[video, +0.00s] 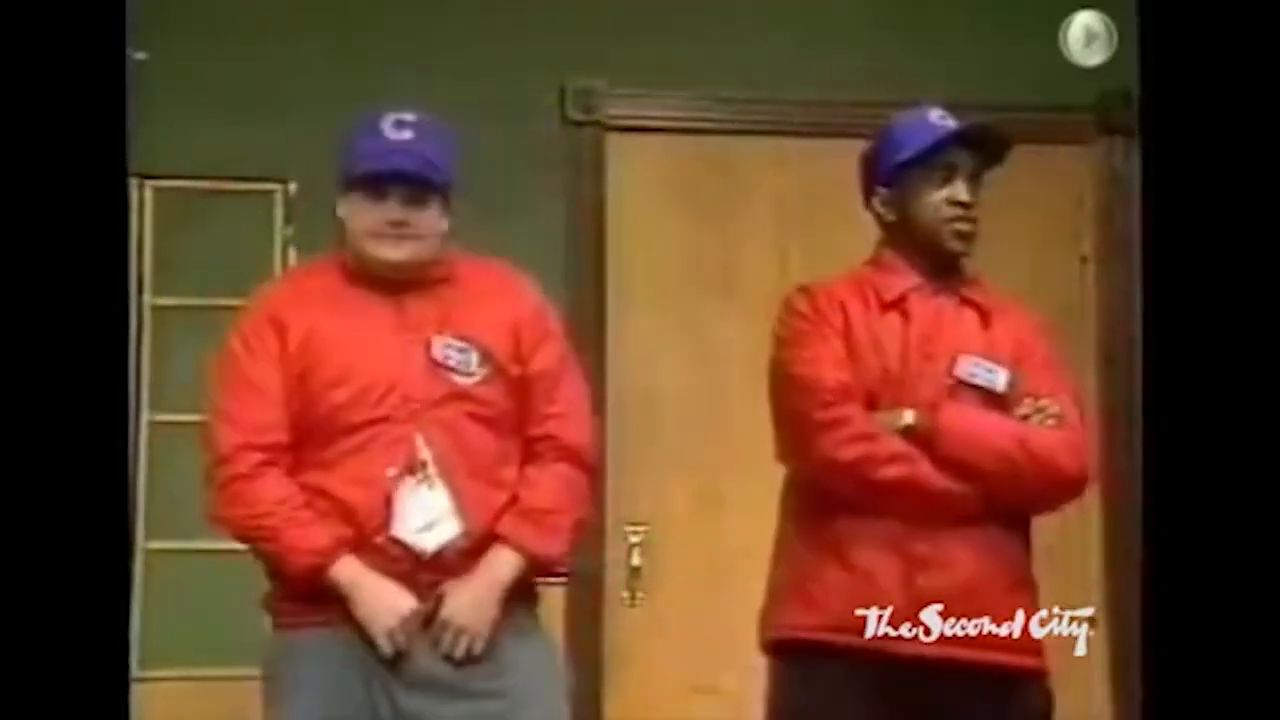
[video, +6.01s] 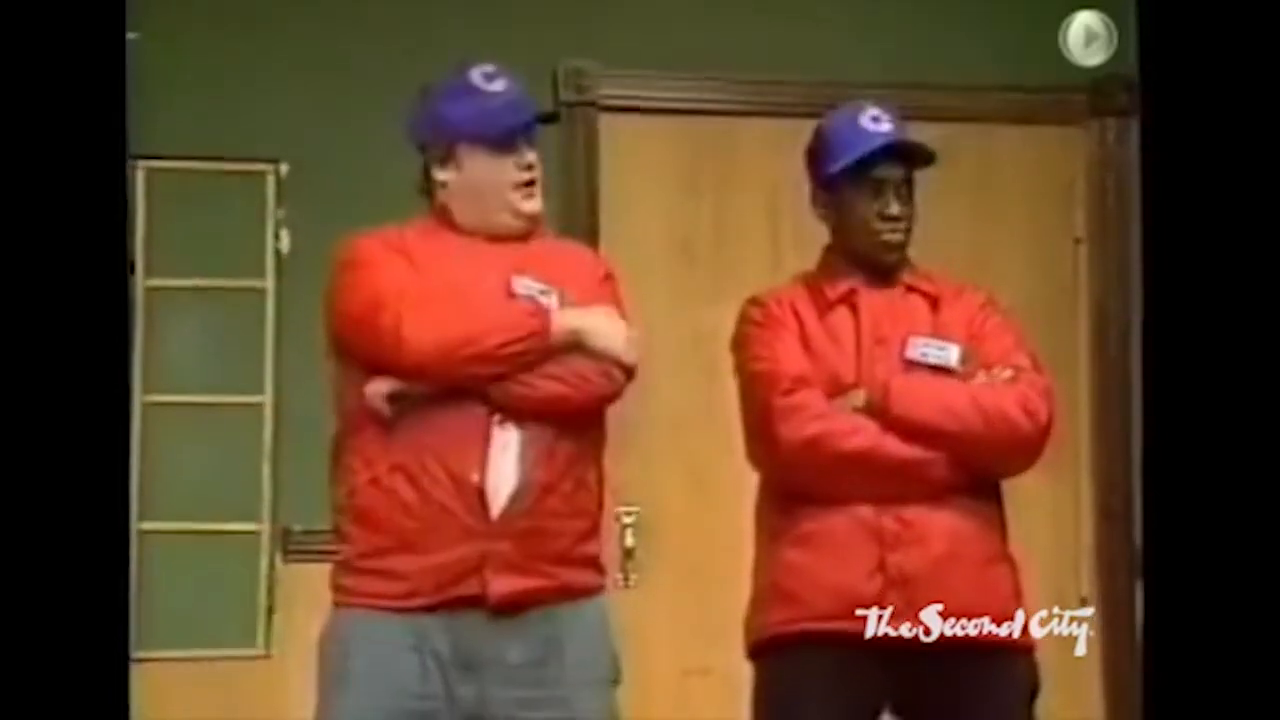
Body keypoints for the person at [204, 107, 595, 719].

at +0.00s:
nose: (396, 212)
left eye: (417, 196)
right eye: (375, 193)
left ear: (448, 211)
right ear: (342, 205)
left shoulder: (508, 301)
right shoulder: (282, 313)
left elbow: (566, 451)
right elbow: (245, 476)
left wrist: (491, 579)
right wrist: (357, 581)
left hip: (493, 626)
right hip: (333, 631)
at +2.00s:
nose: (554, 209)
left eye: (553, 192)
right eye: (531, 195)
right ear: (465, 209)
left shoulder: (595, 312)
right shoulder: (370, 303)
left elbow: (642, 463)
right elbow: (320, 452)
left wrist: (569, 578)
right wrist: (419, 562)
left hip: (554, 632)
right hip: (398, 632)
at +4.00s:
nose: (446, 210)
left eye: (470, 194)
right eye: (437, 193)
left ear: (525, 212)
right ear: (424, 204)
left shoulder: (584, 295)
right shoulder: (383, 286)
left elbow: (588, 420)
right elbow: (407, 381)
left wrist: (431, 406)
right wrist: (560, 364)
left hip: (553, 610)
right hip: (392, 615)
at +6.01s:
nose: (530, 162)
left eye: (529, 144)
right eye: (504, 148)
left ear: (537, 153)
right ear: (444, 171)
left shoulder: (579, 266)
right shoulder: (377, 257)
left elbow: (594, 382)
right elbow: (408, 342)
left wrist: (443, 372)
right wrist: (564, 326)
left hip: (554, 612)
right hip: (394, 615)